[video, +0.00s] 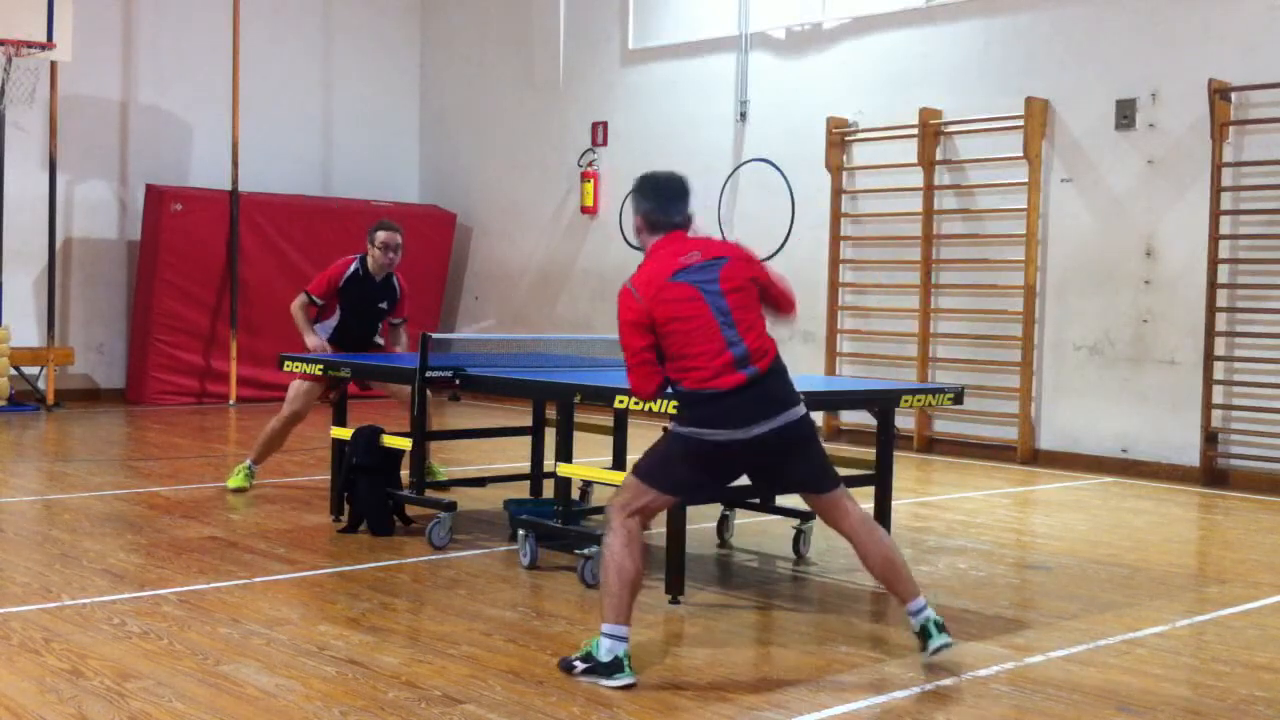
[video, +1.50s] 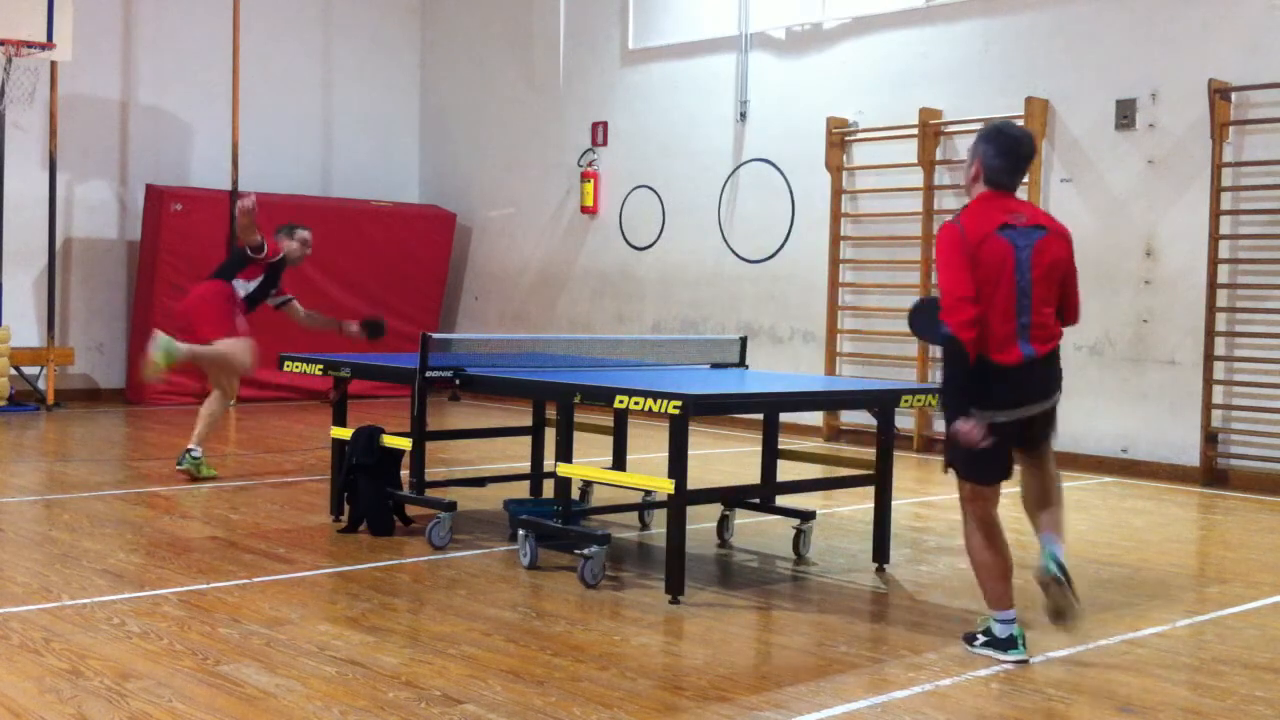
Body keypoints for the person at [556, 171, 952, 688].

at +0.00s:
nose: (633, 226)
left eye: (633, 219)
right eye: (635, 219)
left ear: (639, 222)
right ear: (688, 217)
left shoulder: (638, 291)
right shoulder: (733, 255)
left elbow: (645, 385)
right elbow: (786, 305)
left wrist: (678, 347)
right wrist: (734, 283)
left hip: (709, 435)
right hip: (782, 421)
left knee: (625, 514)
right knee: (849, 516)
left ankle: (610, 650)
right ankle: (926, 621)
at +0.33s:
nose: (766, 204)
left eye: (768, 197)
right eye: (774, 196)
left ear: (773, 202)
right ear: (814, 205)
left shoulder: (747, 261)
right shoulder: (847, 258)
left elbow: (718, 336)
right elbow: (896, 330)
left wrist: (758, 316)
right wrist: (854, 294)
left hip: (776, 412)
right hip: (843, 412)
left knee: (707, 507)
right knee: (875, 495)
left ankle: (678, 613)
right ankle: (889, 590)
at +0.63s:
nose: (966, 249)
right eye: (966, 242)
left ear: (922, 239)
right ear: (961, 243)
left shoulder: (885, 284)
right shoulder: (953, 286)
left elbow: (856, 357)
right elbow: (963, 358)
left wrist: (921, 380)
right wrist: (1021, 403)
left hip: (864, 426)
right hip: (928, 428)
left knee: (813, 528)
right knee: (974, 500)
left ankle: (766, 611)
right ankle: (963, 607)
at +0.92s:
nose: (956, 175)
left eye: (956, 168)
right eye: (1000, 181)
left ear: (955, 171)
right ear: (1003, 182)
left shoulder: (914, 223)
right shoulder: (1018, 226)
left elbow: (923, 279)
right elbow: (985, 274)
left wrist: (1010, 291)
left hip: (927, 374)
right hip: (992, 379)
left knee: (890, 445)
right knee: (994, 465)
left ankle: (918, 503)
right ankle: (983, 569)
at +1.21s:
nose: (948, 191)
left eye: (950, 183)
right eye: (950, 183)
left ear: (957, 191)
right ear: (1006, 193)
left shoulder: (944, 265)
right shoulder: (1036, 243)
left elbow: (927, 344)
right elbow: (1032, 304)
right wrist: (965, 232)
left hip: (973, 398)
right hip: (1032, 381)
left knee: (969, 508)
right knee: (1034, 335)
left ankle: (1006, 629)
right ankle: (1038, 419)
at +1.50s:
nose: (965, 164)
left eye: (970, 157)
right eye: (970, 155)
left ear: (977, 167)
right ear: (1024, 172)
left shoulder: (958, 232)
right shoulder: (1051, 229)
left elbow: (961, 323)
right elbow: (1067, 313)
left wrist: (960, 408)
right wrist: (1012, 308)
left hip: (983, 388)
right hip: (1042, 382)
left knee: (979, 510)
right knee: (1036, 452)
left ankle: (1004, 628)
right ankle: (1052, 551)